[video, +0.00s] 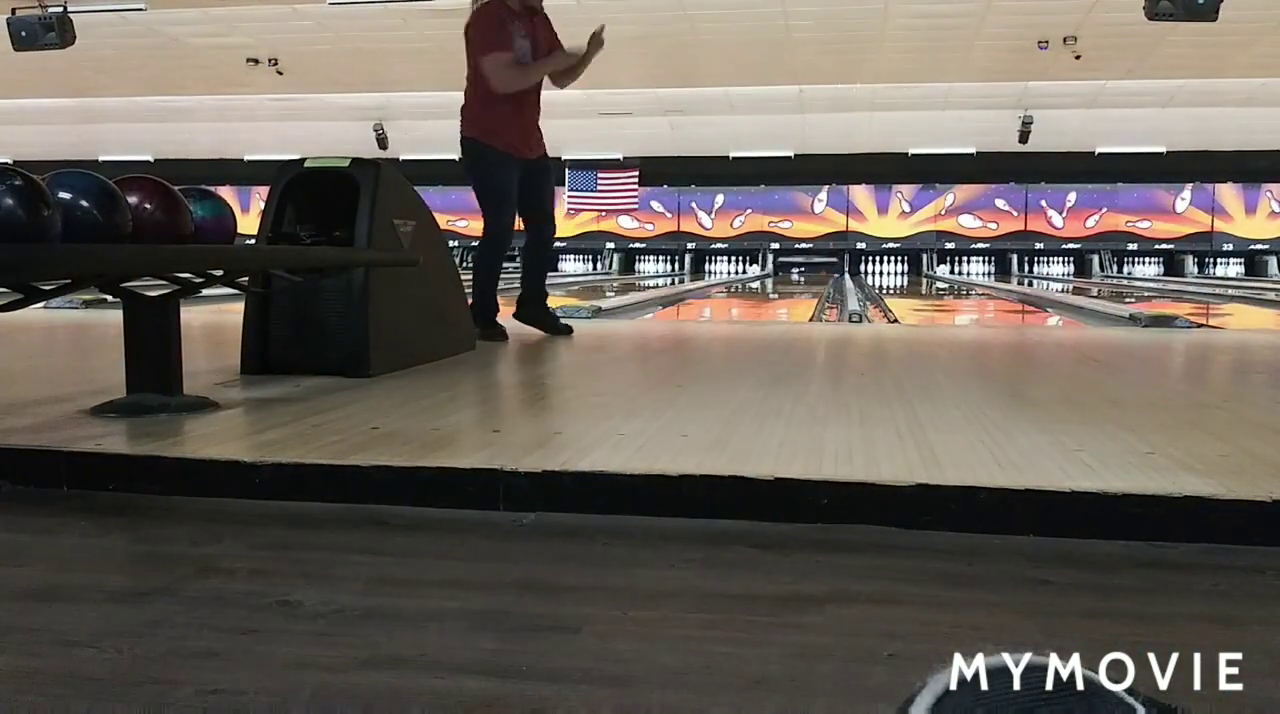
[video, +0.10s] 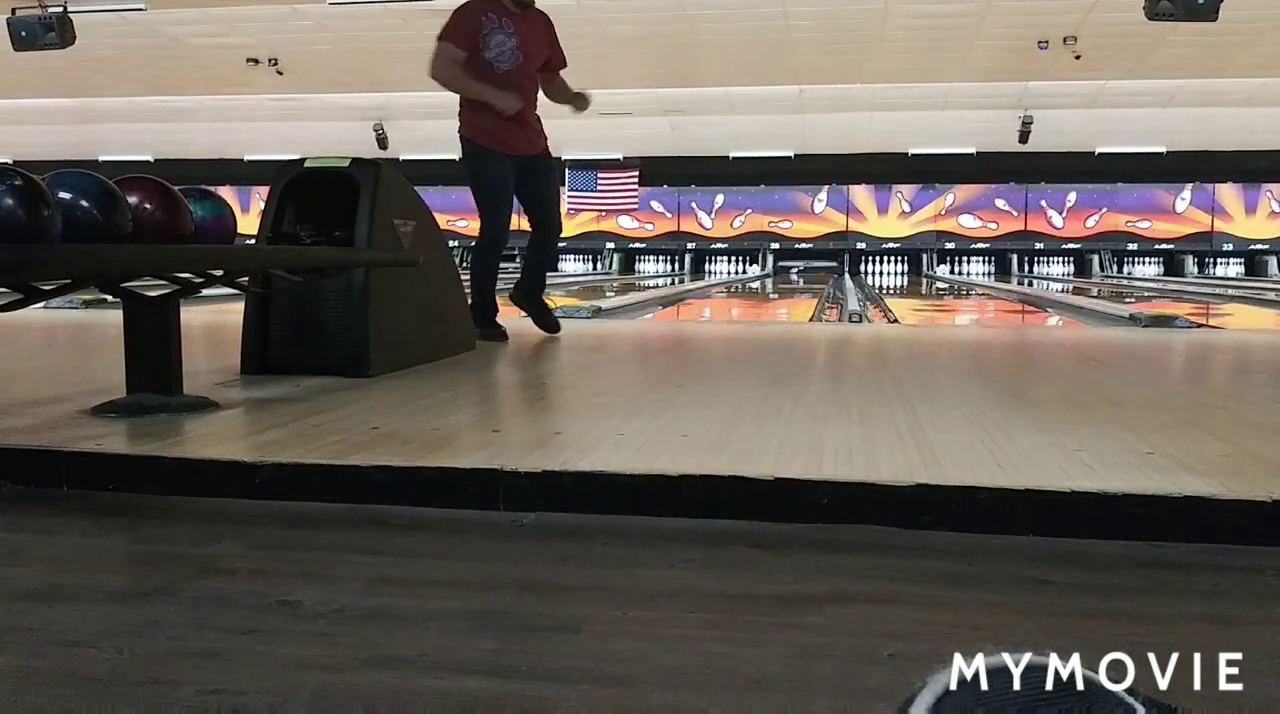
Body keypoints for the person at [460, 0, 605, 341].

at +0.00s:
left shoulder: (538, 19)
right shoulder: (488, 16)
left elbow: (560, 78)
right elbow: (501, 79)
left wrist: (588, 55)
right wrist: (552, 62)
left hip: (528, 141)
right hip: (488, 140)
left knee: (542, 226)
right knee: (499, 227)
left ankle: (532, 305)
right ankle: (483, 315)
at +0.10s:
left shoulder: (540, 21)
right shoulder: (473, 13)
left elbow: (549, 79)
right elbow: (442, 68)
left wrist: (570, 97)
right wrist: (493, 95)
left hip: (529, 140)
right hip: (485, 141)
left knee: (549, 225)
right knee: (495, 228)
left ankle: (529, 291)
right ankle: (483, 315)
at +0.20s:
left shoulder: (540, 16)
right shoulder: (463, 10)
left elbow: (549, 71)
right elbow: (419, 58)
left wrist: (547, 104)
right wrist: (460, 100)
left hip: (533, 143)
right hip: (484, 143)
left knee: (551, 226)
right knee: (491, 231)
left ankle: (525, 286)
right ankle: (483, 316)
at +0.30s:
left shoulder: (541, 9)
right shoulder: (459, 7)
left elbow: (553, 67)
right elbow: (422, 59)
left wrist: (541, 101)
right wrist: (459, 99)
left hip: (533, 139)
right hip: (482, 140)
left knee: (546, 228)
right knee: (485, 231)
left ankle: (527, 301)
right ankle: (484, 315)